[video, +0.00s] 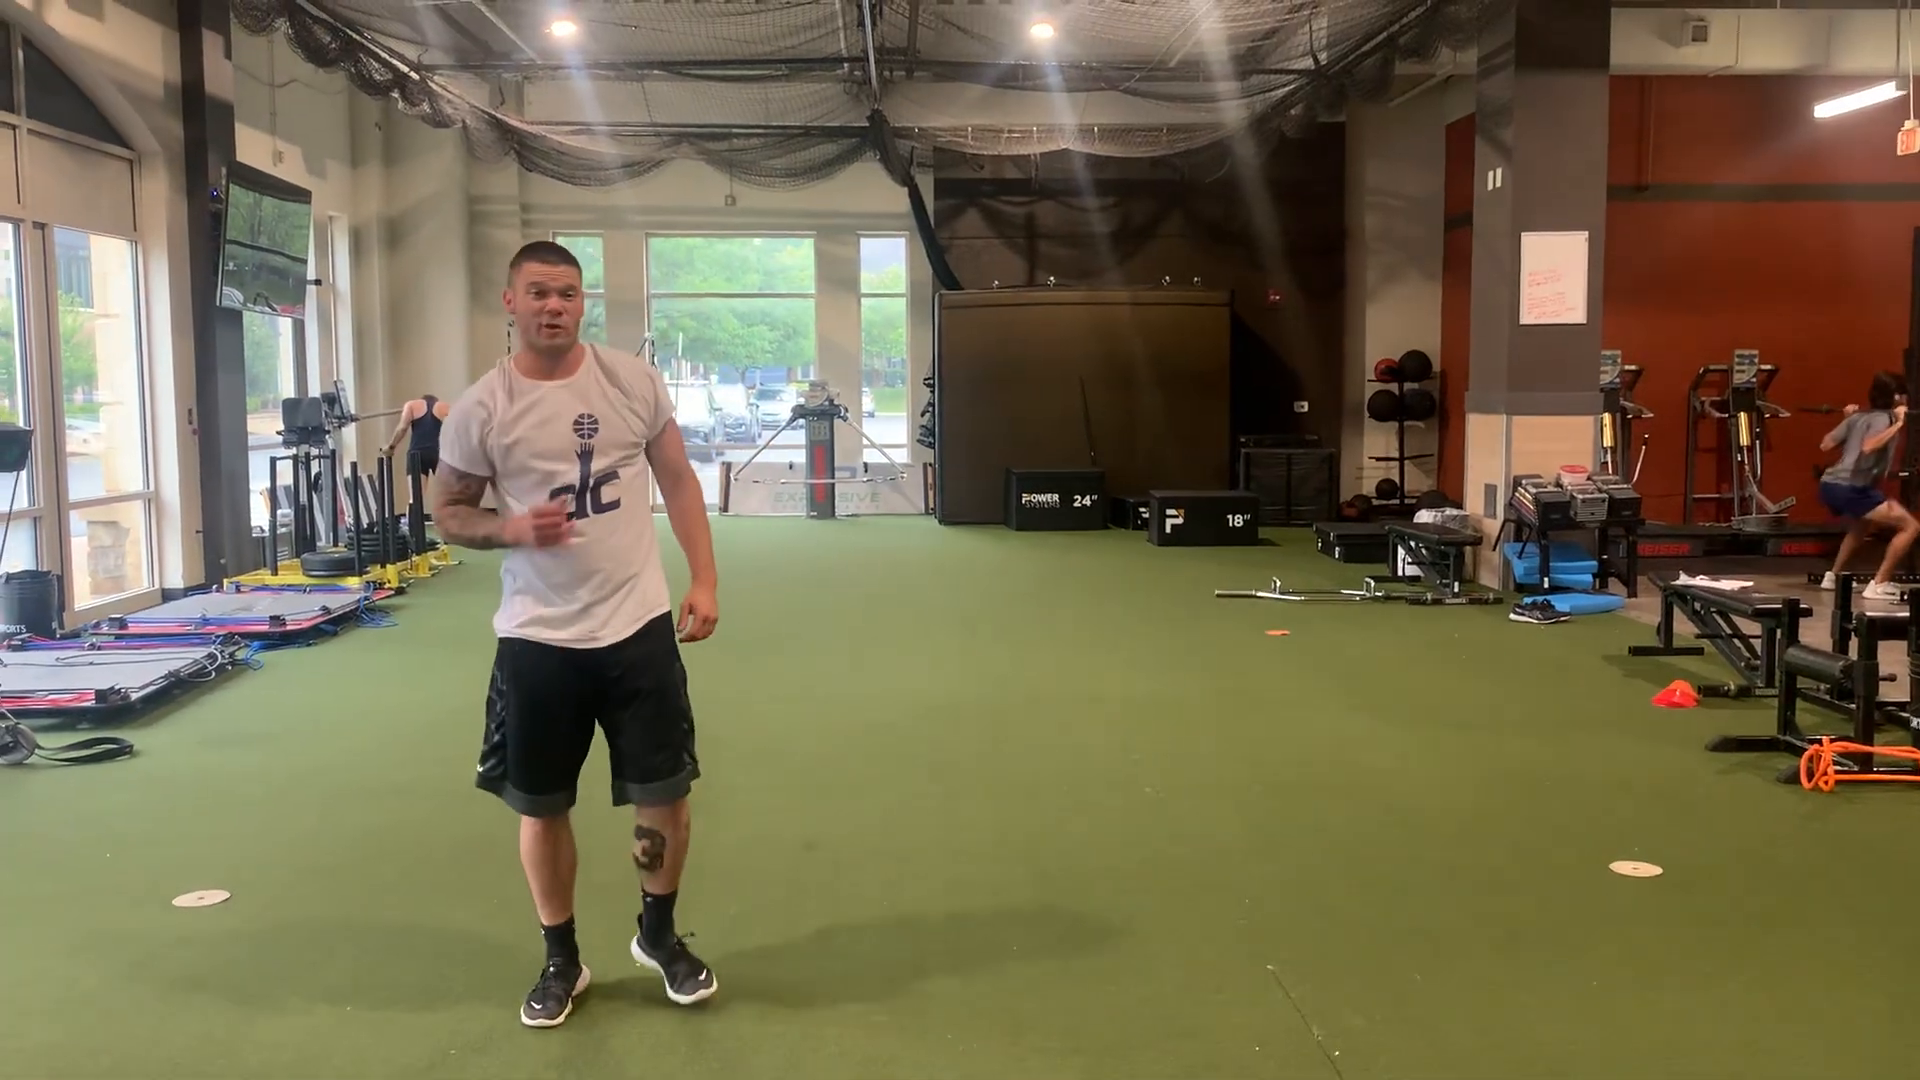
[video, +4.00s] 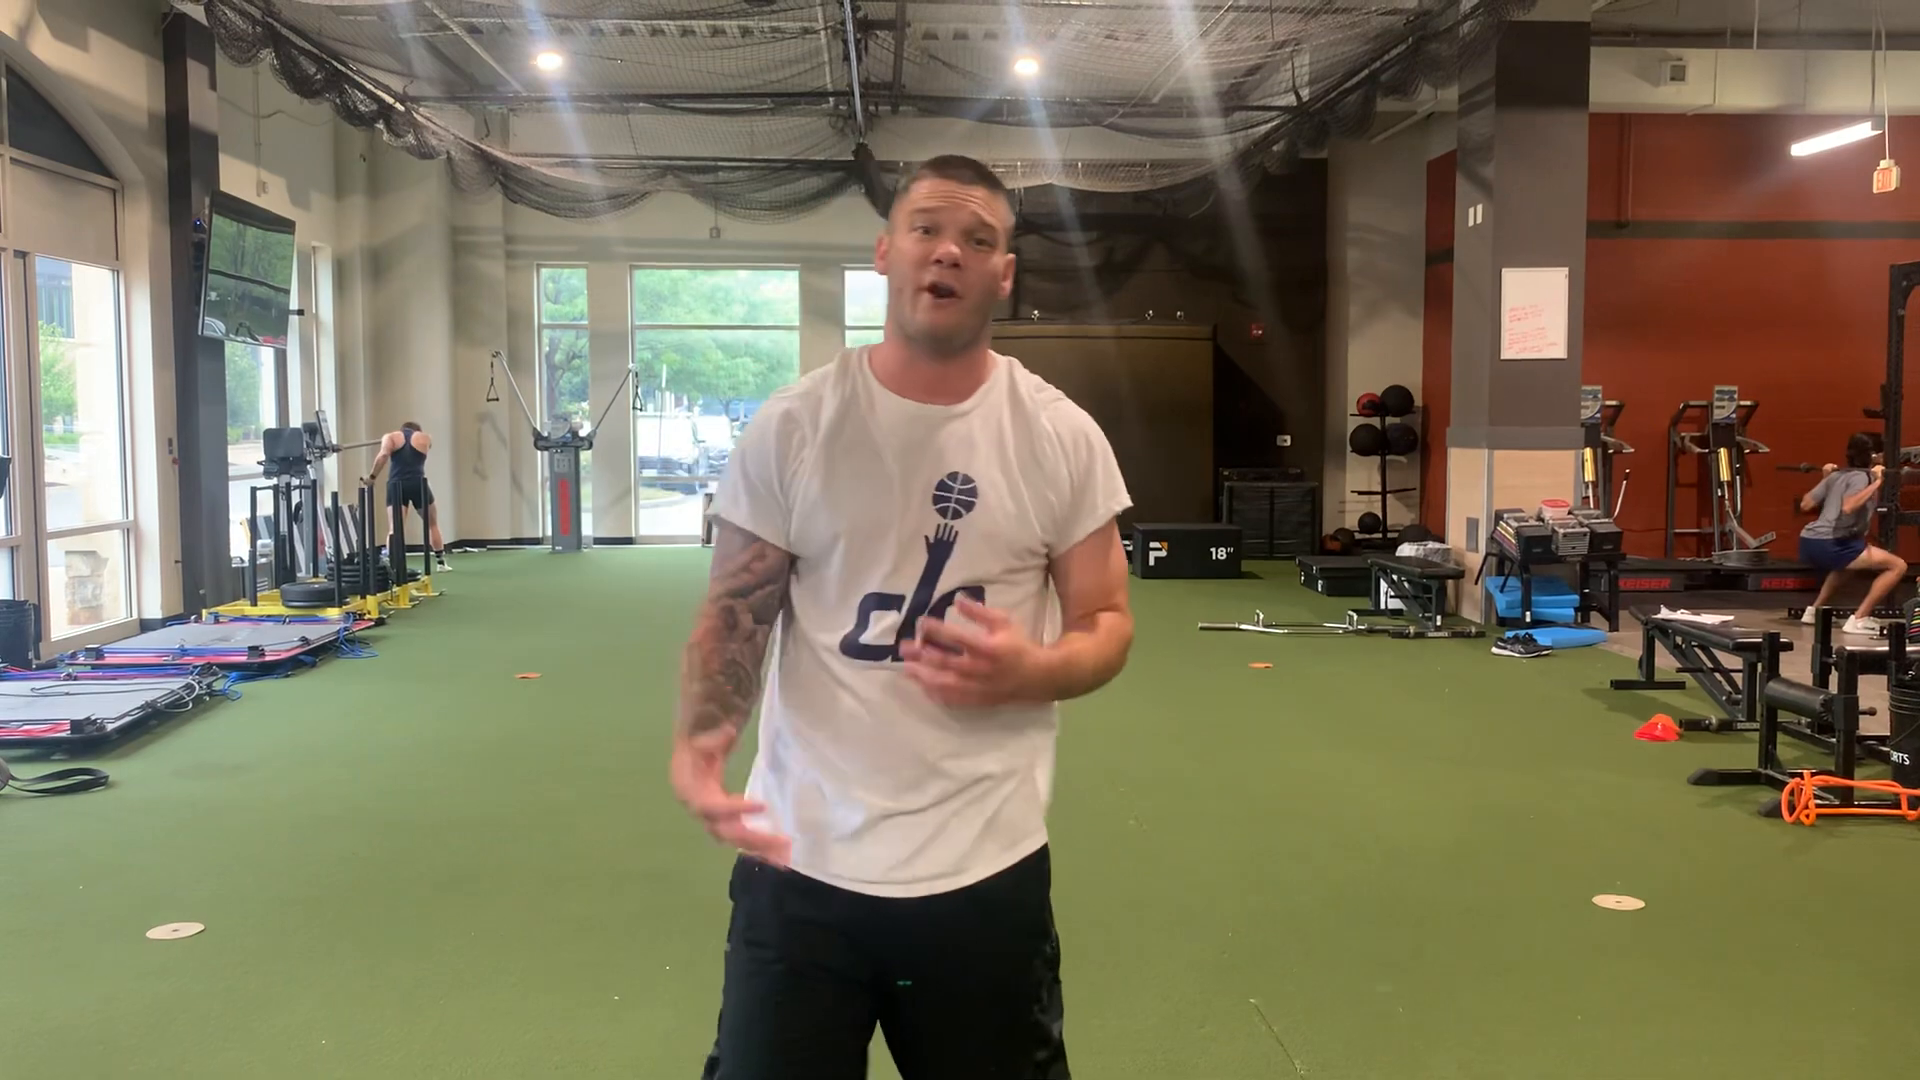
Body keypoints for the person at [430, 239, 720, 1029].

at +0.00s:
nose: (552, 305)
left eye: (565, 293)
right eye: (537, 292)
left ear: (584, 304)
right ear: (509, 303)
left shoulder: (634, 380)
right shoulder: (479, 409)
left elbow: (679, 482)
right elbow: (448, 512)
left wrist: (704, 578)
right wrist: (513, 528)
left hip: (637, 623)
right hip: (539, 637)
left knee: (665, 787)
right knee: (543, 803)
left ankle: (658, 933)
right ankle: (560, 959)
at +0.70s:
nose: (658, 293)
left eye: (675, 284)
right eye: (645, 277)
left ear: (692, 304)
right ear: (614, 284)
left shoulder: (717, 398)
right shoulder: (552, 389)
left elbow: (786, 508)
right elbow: (476, 497)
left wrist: (808, 498)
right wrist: (449, 466)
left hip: (669, 652)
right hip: (559, 652)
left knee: (678, 841)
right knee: (542, 836)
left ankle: (669, 1021)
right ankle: (563, 938)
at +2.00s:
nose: (603, 286)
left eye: (622, 270)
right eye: (583, 267)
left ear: (647, 287)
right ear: (549, 283)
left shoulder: (706, 400)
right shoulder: (502, 422)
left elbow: (767, 519)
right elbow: (437, 548)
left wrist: (818, 520)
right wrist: (438, 592)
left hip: (696, 723)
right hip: (561, 738)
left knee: (736, 948)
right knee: (568, 958)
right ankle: (586, 1079)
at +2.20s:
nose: (647, 278)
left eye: (669, 265)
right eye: (628, 259)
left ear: (692, 289)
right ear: (595, 277)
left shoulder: (746, 406)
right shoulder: (534, 418)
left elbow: (800, 530)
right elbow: (496, 566)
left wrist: (815, 560)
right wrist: (562, 606)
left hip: (716, 738)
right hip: (579, 747)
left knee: (747, 977)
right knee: (575, 975)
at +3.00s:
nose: (774, 272)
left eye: (795, 258)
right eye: (750, 253)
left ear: (818, 285)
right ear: (705, 277)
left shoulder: (867, 422)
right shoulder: (640, 433)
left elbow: (923, 571)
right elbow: (589, 607)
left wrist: (884, 610)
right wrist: (590, 744)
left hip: (830, 807)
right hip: (683, 816)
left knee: (805, 1051)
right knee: (678, 1061)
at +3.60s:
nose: (817, 262)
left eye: (841, 239)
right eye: (788, 238)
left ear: (871, 259)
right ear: (741, 259)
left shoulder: (938, 410)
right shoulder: (677, 436)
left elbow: (996, 573)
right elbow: (603, 640)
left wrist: (995, 628)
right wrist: (737, 704)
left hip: (918, 864)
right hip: (741, 876)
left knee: (949, 1064)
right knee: (712, 1066)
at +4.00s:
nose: (949, 250)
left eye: (978, 237)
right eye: (927, 228)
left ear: (1006, 277)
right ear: (882, 253)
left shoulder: (1061, 439)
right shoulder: (794, 425)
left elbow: (1104, 627)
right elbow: (737, 609)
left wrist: (1036, 671)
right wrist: (701, 754)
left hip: (982, 873)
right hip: (800, 868)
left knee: (1002, 1069)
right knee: (759, 1070)